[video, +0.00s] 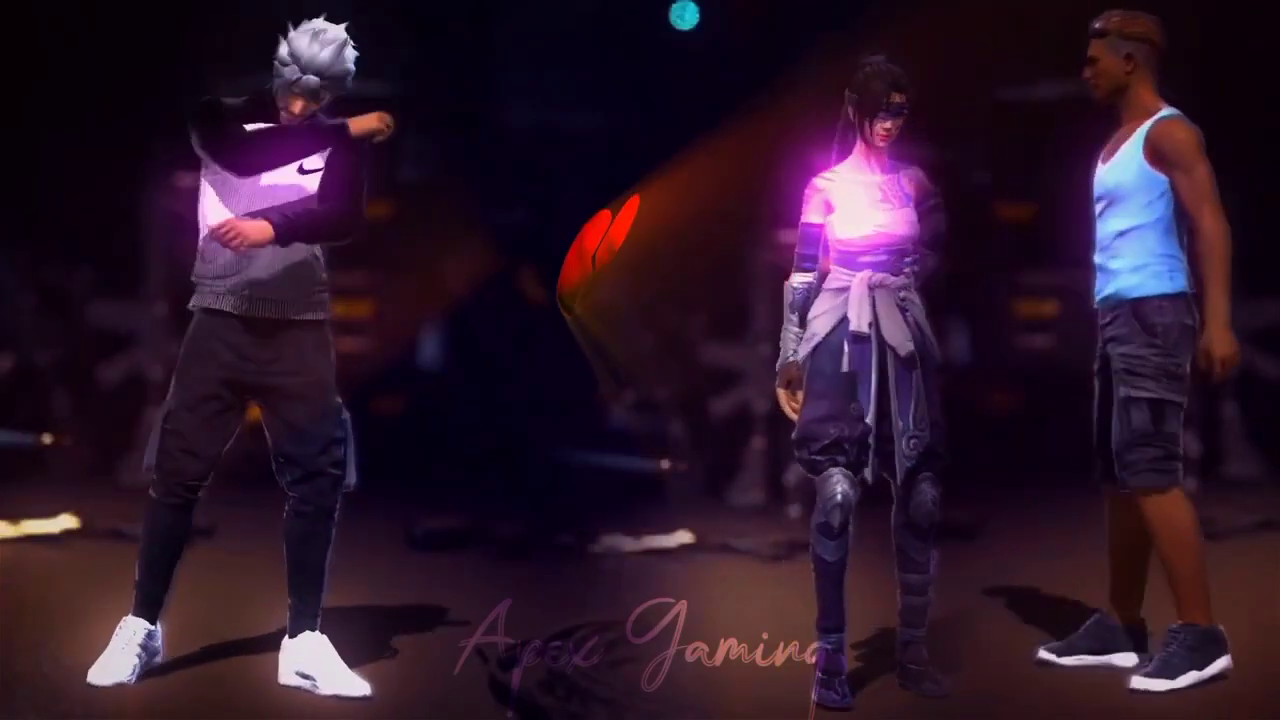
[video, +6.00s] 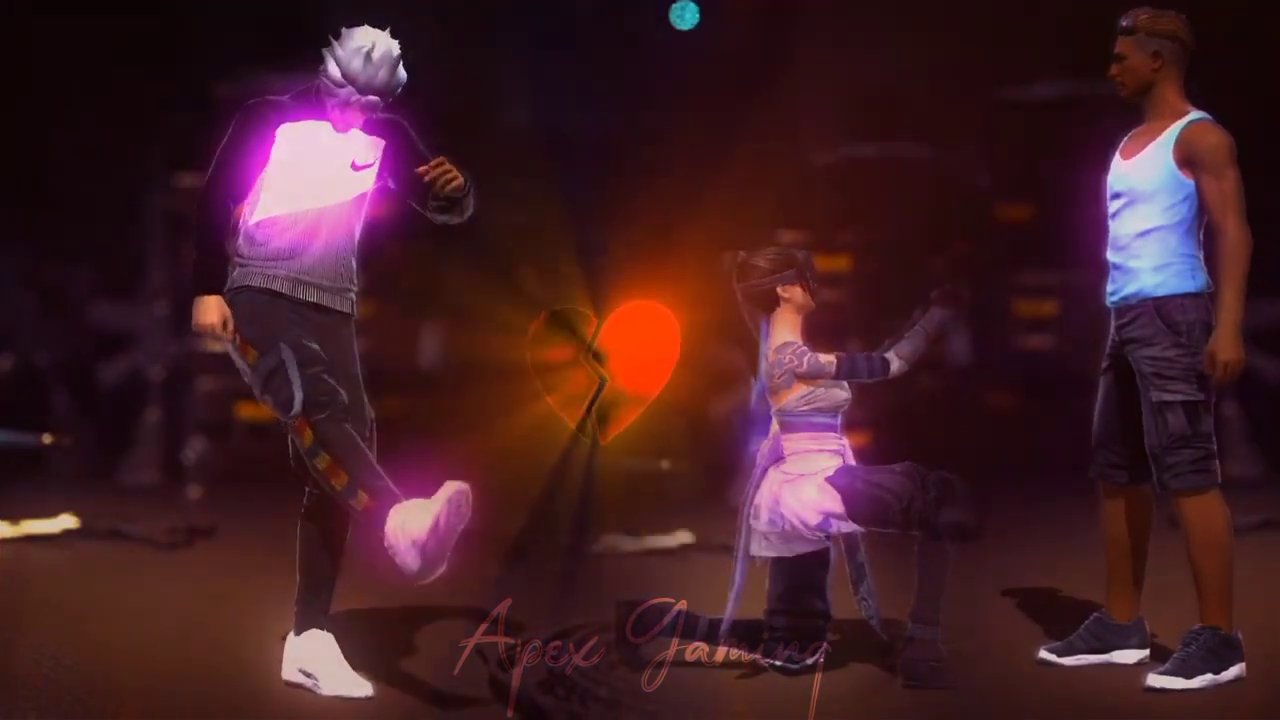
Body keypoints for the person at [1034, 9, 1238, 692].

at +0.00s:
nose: (1085, 70)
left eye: (1095, 59)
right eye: (1086, 60)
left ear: (1133, 61)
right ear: (1123, 64)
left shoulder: (1170, 131)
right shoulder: (1120, 139)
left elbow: (1211, 223)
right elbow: (1124, 240)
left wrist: (1217, 322)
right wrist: (1107, 327)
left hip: (1153, 319)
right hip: (1117, 321)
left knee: (1152, 474)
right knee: (1122, 475)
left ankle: (1199, 634)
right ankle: (1121, 625)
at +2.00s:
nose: (1113, 67)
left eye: (1123, 57)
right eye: (1114, 57)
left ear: (1159, 62)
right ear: (1141, 64)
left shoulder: (1200, 135)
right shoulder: (1132, 141)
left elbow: (1233, 232)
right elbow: (1133, 241)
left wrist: (1227, 327)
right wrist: (1117, 325)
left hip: (1173, 319)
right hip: (1125, 322)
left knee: (1190, 477)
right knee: (1117, 471)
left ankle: (1216, 636)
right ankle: (1121, 622)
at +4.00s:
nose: (1112, 68)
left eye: (1122, 58)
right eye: (1113, 58)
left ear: (1159, 62)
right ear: (1142, 64)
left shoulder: (1201, 135)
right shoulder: (1133, 140)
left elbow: (1233, 233)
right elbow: (1135, 240)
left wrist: (1227, 326)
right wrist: (1118, 322)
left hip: (1172, 319)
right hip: (1125, 322)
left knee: (1189, 477)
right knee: (1118, 473)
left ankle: (1216, 636)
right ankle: (1121, 624)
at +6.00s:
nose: (1113, 69)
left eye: (1122, 59)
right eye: (1113, 59)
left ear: (1160, 62)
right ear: (1142, 65)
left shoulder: (1200, 135)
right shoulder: (1133, 140)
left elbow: (1234, 232)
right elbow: (1135, 240)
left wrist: (1227, 327)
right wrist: (1117, 321)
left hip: (1172, 320)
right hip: (1125, 322)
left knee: (1190, 476)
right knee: (1117, 471)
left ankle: (1216, 637)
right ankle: (1120, 623)